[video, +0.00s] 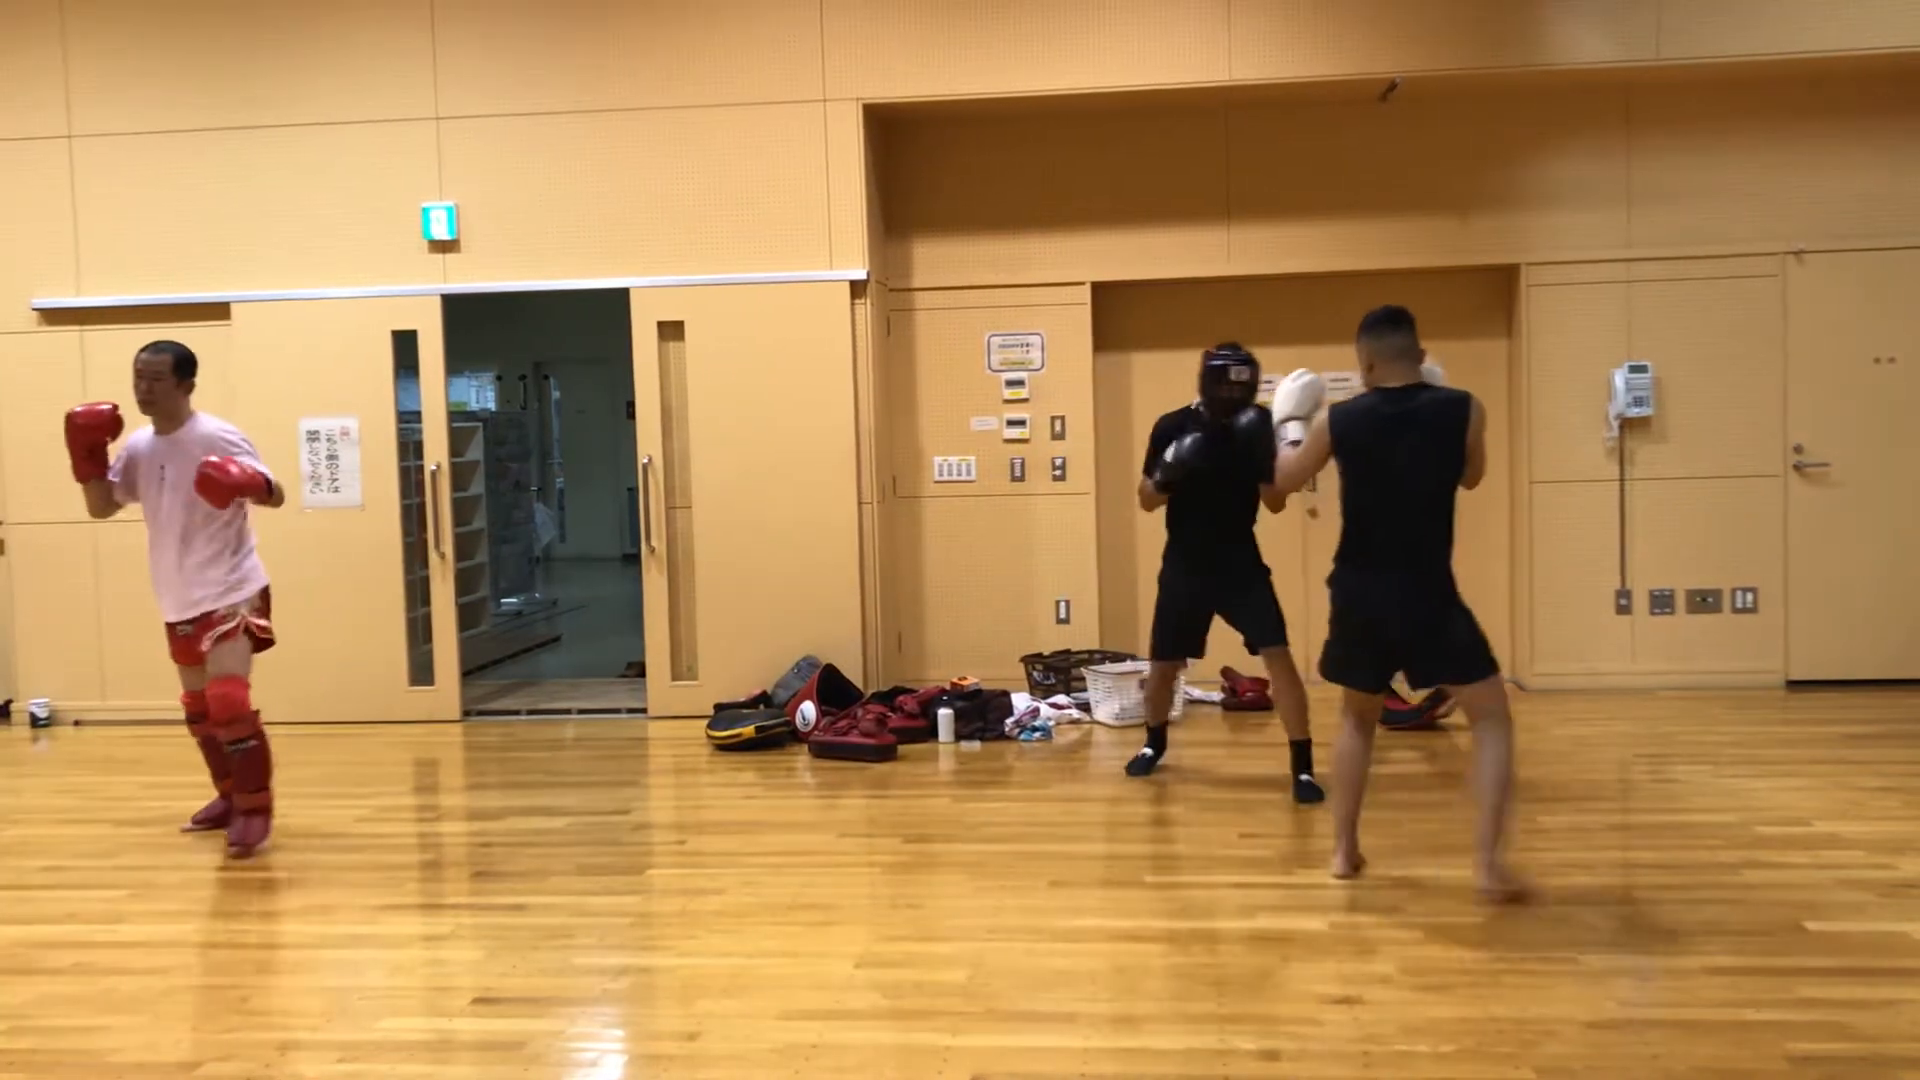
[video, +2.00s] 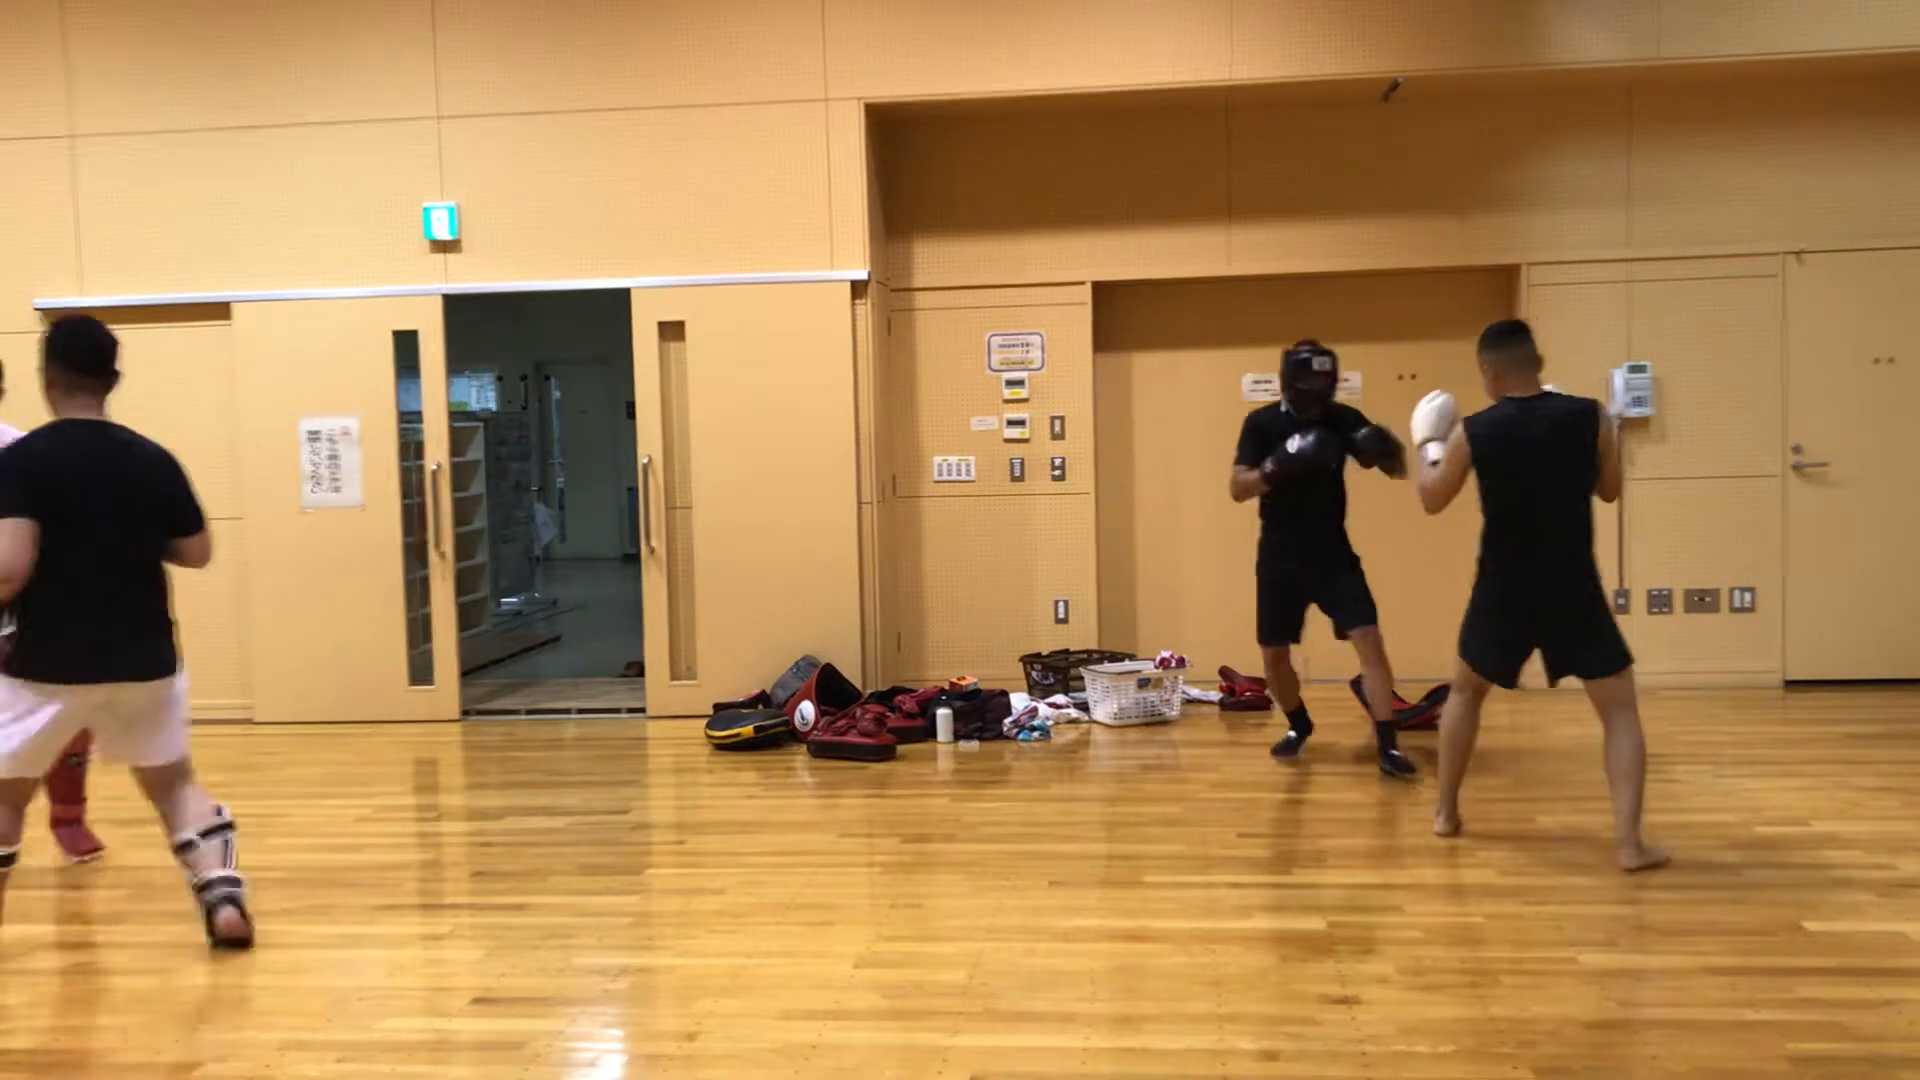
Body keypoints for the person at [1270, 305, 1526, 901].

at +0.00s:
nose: (1363, 369)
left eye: (1362, 361)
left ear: (1363, 361)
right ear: (1421, 355)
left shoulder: (1343, 419)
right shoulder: (1461, 409)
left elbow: (1286, 479)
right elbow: (1471, 476)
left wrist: (1289, 429)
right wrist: (1435, 401)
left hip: (1360, 598)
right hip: (1429, 598)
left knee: (1357, 719)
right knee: (1491, 716)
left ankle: (1344, 851)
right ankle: (1489, 863)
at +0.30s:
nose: (1437, 380)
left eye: (1438, 372)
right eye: (1440, 372)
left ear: (1446, 373)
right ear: (1498, 369)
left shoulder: (1422, 429)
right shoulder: (1541, 430)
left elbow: (1356, 480)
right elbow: (1503, 483)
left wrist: (1354, 433)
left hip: (1428, 601)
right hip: (1501, 604)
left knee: (1388, 698)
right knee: (1547, 719)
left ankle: (1367, 827)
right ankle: (1570, 858)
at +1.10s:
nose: (1477, 371)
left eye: (1473, 363)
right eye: (1525, 364)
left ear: (1474, 365)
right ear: (1530, 366)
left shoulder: (1442, 425)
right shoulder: (1561, 428)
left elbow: (1382, 492)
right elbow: (1581, 498)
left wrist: (1372, 459)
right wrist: (1552, 429)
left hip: (1442, 604)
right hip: (1515, 605)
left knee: (1394, 710)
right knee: (1572, 723)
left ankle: (1351, 828)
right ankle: (1570, 859)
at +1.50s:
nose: (1491, 362)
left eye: (1492, 354)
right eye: (1496, 355)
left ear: (1500, 356)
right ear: (1553, 353)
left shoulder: (1471, 413)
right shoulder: (1591, 417)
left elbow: (1414, 476)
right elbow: (1592, 485)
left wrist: (1411, 432)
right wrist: (1547, 453)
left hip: (1473, 585)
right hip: (1544, 590)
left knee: (1451, 693)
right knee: (1566, 721)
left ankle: (1439, 809)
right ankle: (1568, 860)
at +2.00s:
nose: (1482, 378)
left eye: (1481, 370)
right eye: (1487, 370)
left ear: (1486, 371)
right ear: (1538, 364)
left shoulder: (1477, 429)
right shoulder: (1588, 417)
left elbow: (1433, 496)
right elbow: (1611, 489)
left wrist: (1426, 440)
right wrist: (1605, 434)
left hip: (1504, 589)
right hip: (1574, 588)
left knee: (1466, 691)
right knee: (1619, 710)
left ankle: (1446, 810)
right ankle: (1630, 843)